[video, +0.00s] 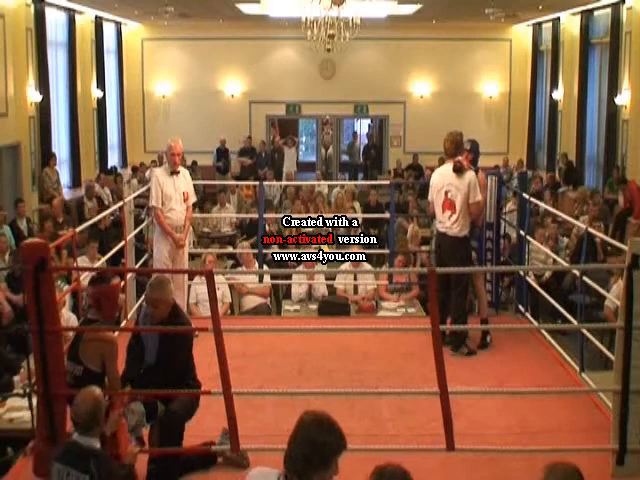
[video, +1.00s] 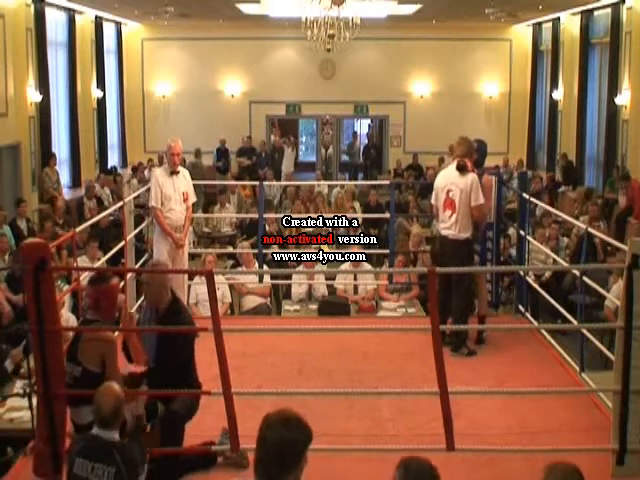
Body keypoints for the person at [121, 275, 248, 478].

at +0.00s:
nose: (152, 311)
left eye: (157, 307)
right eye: (149, 305)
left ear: (171, 303)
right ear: (145, 299)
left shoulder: (181, 326)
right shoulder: (143, 315)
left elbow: (170, 372)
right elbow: (133, 351)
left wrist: (138, 388)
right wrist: (127, 381)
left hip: (182, 389)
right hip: (151, 389)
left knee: (171, 417)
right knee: (164, 468)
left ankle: (158, 471)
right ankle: (216, 450)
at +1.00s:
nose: (145, 290)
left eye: (151, 284)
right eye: (145, 284)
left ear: (164, 286)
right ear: (142, 284)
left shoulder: (178, 319)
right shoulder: (146, 310)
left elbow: (173, 372)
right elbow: (137, 357)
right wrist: (128, 331)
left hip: (183, 390)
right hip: (157, 386)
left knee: (172, 416)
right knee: (155, 467)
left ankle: (217, 453)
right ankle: (214, 448)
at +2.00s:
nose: (149, 286)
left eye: (153, 280)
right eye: (147, 280)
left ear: (169, 280)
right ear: (146, 280)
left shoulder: (181, 319)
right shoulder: (158, 307)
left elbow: (169, 372)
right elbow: (149, 350)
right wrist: (133, 334)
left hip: (179, 395)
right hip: (160, 390)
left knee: (161, 469)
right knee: (159, 467)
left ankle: (217, 452)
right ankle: (215, 450)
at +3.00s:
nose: (146, 288)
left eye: (150, 282)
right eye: (145, 282)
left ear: (166, 282)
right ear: (148, 281)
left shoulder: (181, 319)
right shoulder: (154, 308)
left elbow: (185, 371)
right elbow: (144, 346)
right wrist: (135, 320)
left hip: (177, 398)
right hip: (160, 393)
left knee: (160, 469)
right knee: (160, 467)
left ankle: (217, 451)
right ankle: (215, 449)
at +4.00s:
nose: (141, 294)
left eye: (145, 288)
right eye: (140, 288)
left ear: (162, 287)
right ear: (157, 287)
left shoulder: (181, 321)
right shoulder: (159, 310)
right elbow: (155, 338)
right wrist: (136, 337)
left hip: (179, 400)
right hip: (163, 393)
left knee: (160, 470)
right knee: (160, 466)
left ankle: (217, 452)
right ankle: (215, 450)